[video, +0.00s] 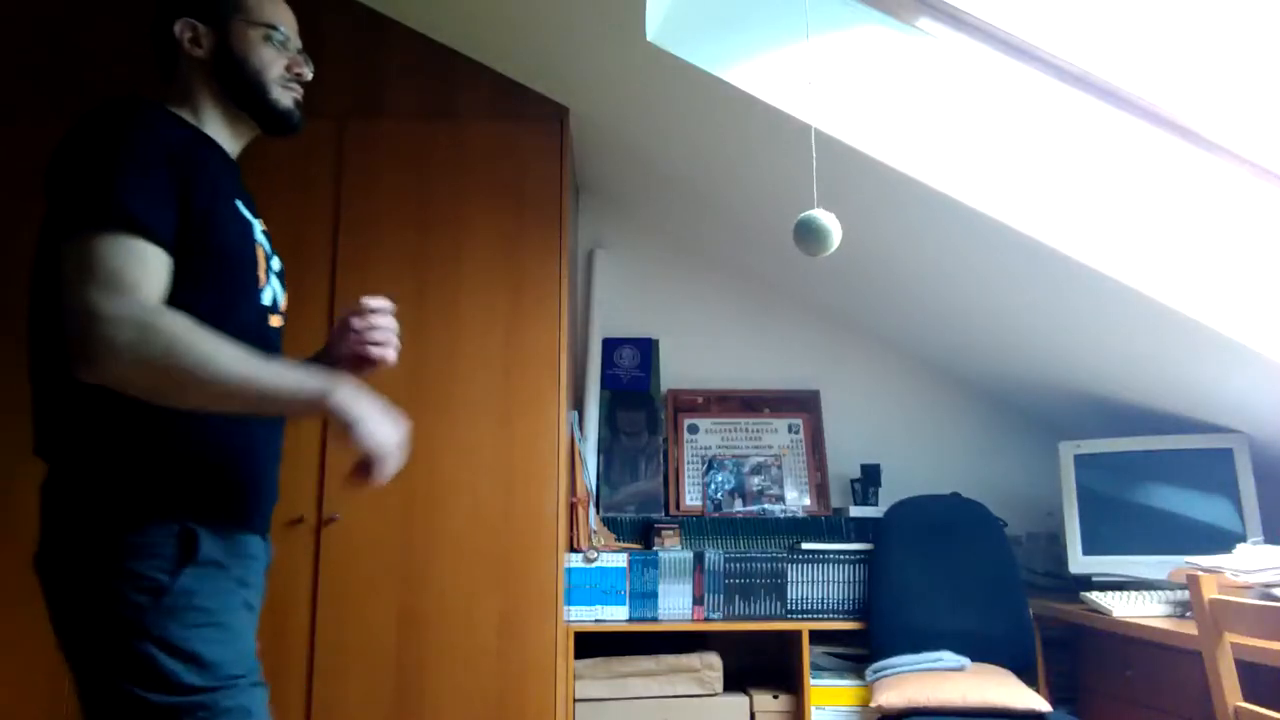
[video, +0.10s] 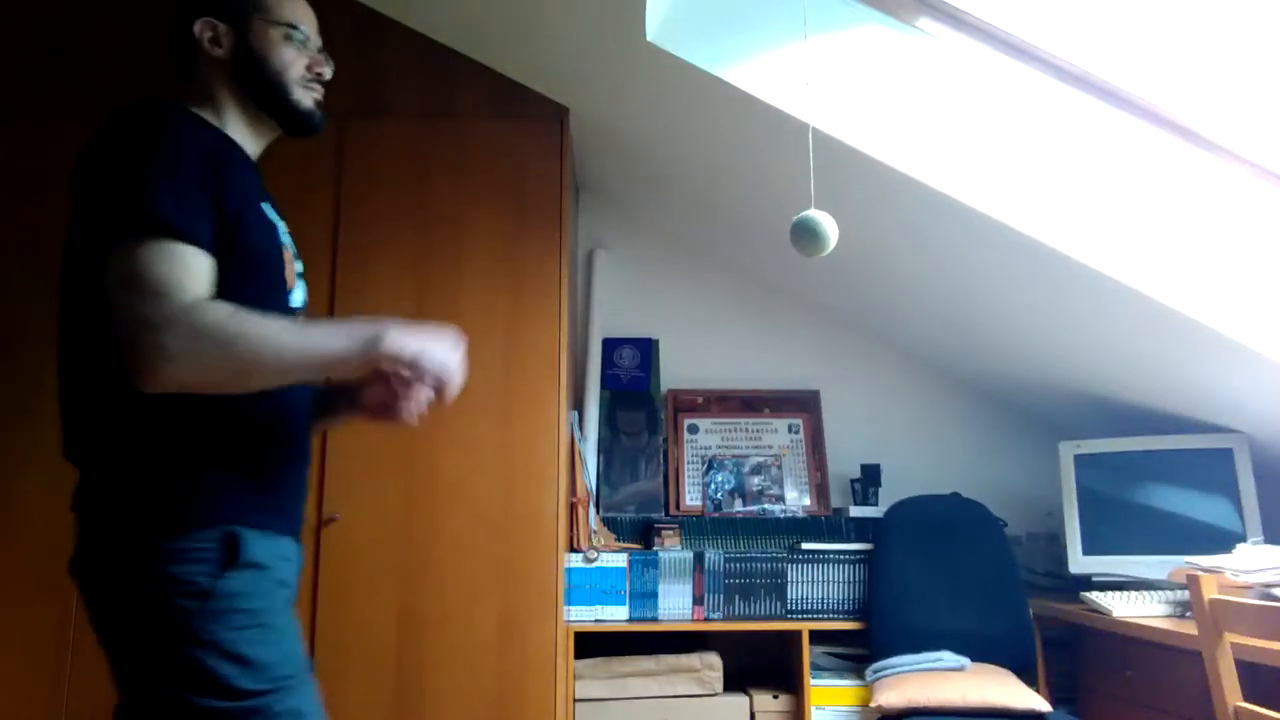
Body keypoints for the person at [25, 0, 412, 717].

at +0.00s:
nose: (302, 62)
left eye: (300, 48)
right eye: (274, 36)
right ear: (195, 38)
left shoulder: (219, 186)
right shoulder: (143, 142)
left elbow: (205, 380)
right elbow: (111, 327)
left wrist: (329, 361)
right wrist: (329, 392)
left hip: (207, 554)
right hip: (158, 554)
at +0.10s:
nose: (322, 63)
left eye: (319, 46)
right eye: (294, 35)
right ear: (215, 37)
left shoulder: (236, 185)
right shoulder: (167, 145)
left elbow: (226, 402)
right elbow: (162, 337)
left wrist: (348, 398)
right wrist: (375, 337)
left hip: (232, 562)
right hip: (193, 562)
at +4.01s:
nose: (316, 92)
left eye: (312, 78)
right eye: (286, 70)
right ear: (208, 79)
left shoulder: (274, 229)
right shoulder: (139, 185)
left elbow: (372, 390)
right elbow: (80, 391)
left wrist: (359, 277)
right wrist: (276, 315)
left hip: (256, 561)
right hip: (170, 562)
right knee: (252, 708)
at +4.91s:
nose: (220, 83)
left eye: (216, 73)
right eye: (184, 65)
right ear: (111, 93)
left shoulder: (215, 244)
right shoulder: (63, 208)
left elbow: (327, 392)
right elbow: (31, 410)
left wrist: (308, 263)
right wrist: (228, 314)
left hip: (244, 583)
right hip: (146, 588)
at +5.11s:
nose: (228, 91)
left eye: (228, 79)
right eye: (195, 69)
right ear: (119, 87)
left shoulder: (222, 242)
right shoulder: (63, 206)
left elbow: (318, 403)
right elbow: (23, 410)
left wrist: (313, 278)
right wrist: (220, 319)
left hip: (245, 579)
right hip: (141, 584)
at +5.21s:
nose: (230, 86)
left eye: (231, 73)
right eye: (200, 66)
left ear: (235, 91)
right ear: (123, 81)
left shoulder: (238, 241)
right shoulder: (59, 204)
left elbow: (298, 422)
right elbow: (13, 403)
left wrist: (322, 315)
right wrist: (205, 311)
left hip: (251, 577)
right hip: (135, 581)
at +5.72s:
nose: (285, 97)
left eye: (284, 84)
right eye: (253, 73)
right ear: (172, 86)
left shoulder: (251, 250)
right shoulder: (97, 200)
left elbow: (332, 424)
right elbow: (44, 415)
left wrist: (350, 294)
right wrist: (243, 296)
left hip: (249, 606)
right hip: (145, 610)